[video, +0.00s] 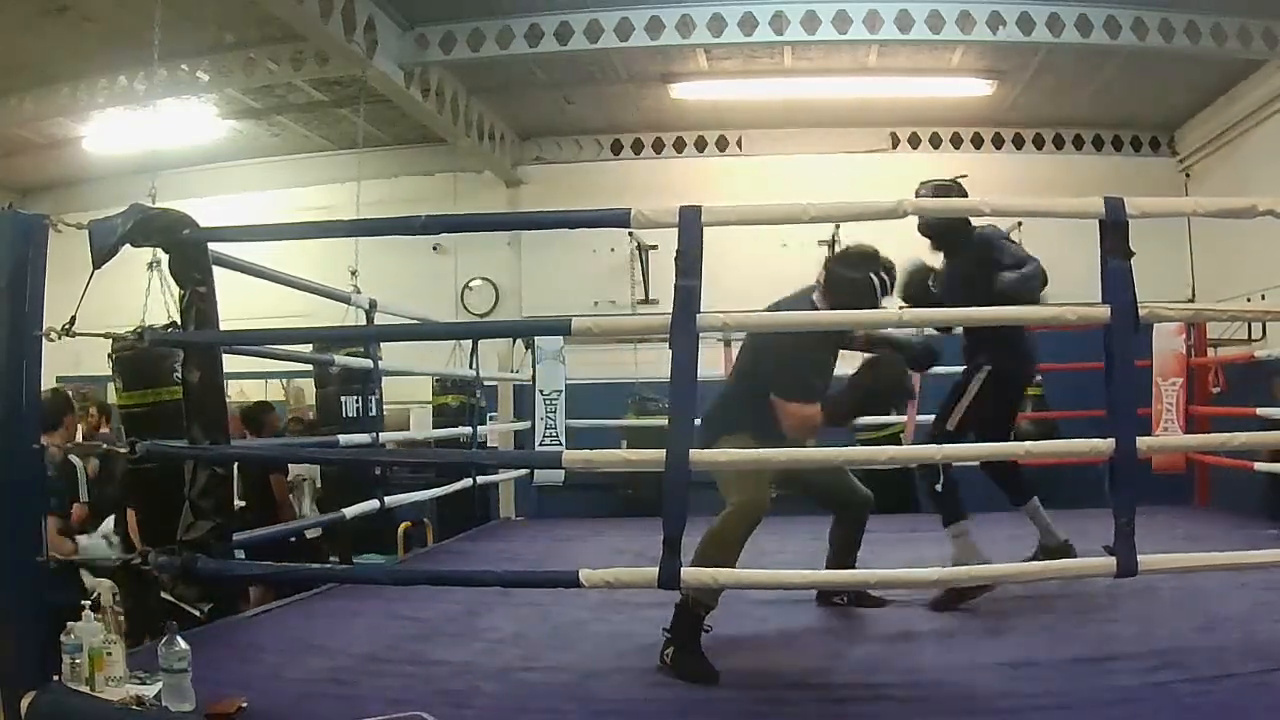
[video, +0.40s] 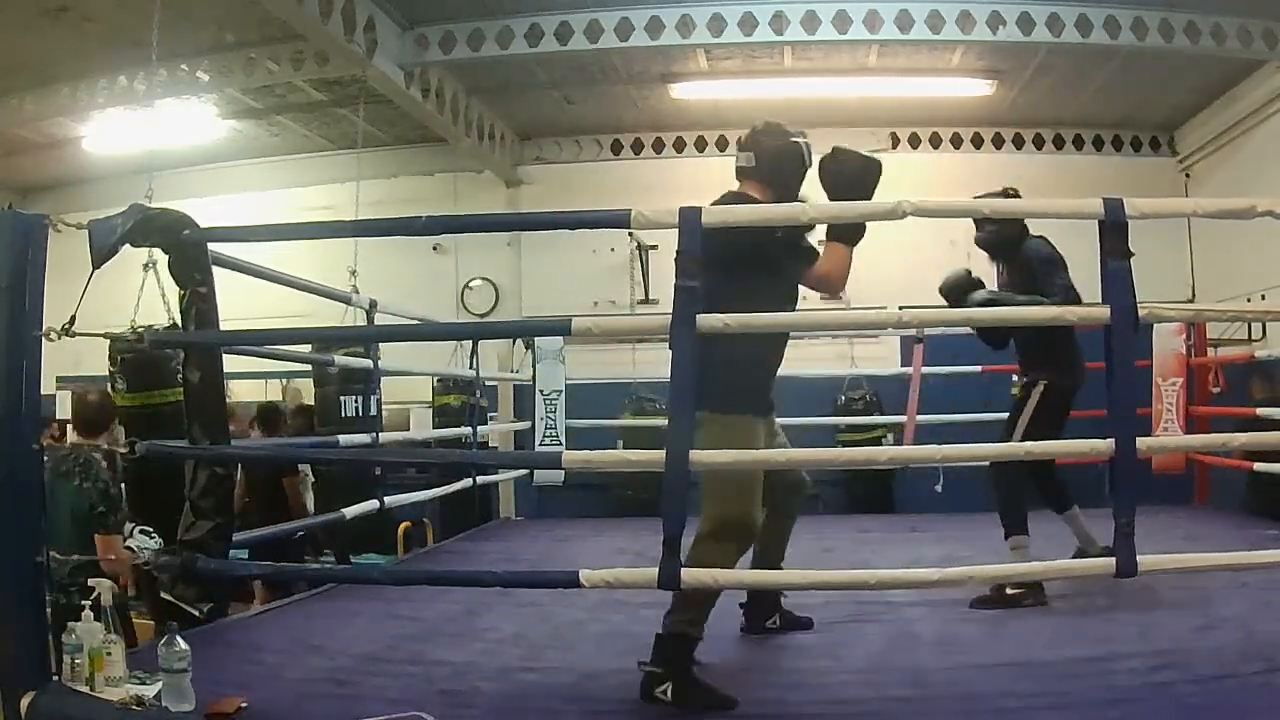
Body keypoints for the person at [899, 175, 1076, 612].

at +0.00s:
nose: (922, 231)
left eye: (926, 222)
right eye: (921, 223)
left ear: (945, 220)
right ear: (949, 220)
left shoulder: (987, 241)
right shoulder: (954, 260)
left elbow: (1035, 273)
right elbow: (949, 316)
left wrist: (1009, 282)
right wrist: (921, 293)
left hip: (998, 362)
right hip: (1000, 362)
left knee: (930, 454)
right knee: (993, 455)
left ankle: (967, 560)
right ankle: (1052, 539)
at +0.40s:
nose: (976, 234)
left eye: (982, 225)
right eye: (975, 226)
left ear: (1006, 225)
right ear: (997, 229)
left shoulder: (1037, 251)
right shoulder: (1007, 264)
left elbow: (1068, 304)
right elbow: (998, 337)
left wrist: (1001, 301)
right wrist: (970, 303)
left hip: (1053, 376)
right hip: (1037, 375)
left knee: (1006, 462)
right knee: (1036, 463)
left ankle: (1021, 573)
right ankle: (1090, 544)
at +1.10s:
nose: (1016, 213)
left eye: (1021, 203)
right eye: (1014, 205)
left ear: (1043, 198)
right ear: (1047, 197)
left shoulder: (1077, 232)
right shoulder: (1058, 235)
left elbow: (1080, 301)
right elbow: (1050, 297)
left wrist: (1019, 282)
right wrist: (1009, 269)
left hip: (1087, 355)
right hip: (1081, 354)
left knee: (1047, 450)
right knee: (1083, 449)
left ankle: (1041, 569)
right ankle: (1147, 535)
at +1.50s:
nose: (1035, 212)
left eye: (1038, 202)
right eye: (1034, 204)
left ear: (1056, 194)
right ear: (1074, 188)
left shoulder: (1079, 224)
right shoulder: (1098, 228)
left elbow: (1034, 250)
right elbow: (1043, 290)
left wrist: (1002, 221)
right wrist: (1011, 259)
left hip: (1097, 356)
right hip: (1132, 353)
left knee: (1048, 453)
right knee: (1145, 448)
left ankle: (1033, 573)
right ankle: (1193, 551)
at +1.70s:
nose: (1053, 219)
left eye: (1057, 212)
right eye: (1054, 212)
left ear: (1070, 209)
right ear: (1102, 207)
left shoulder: (1073, 240)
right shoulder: (1135, 250)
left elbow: (1027, 272)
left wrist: (962, 274)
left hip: (1083, 379)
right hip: (1135, 379)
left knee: (1027, 459)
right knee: (1162, 459)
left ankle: (1020, 576)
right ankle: (1219, 556)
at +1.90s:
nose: (1029, 215)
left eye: (1032, 208)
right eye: (1030, 209)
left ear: (1044, 205)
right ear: (1083, 197)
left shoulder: (1041, 240)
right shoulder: (1116, 236)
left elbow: (986, 278)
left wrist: (938, 309)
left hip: (1070, 378)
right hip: (1126, 375)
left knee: (1018, 458)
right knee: (1159, 453)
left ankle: (1008, 565)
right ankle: (1201, 552)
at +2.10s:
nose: (1001, 206)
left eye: (1003, 200)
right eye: (1004, 201)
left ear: (1011, 200)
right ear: (1057, 196)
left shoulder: (999, 233)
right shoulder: (1091, 232)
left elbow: (929, 251)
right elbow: (1127, 243)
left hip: (1035, 382)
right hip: (1096, 379)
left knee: (986, 469)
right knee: (1145, 461)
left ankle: (935, 572)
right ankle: (1198, 569)